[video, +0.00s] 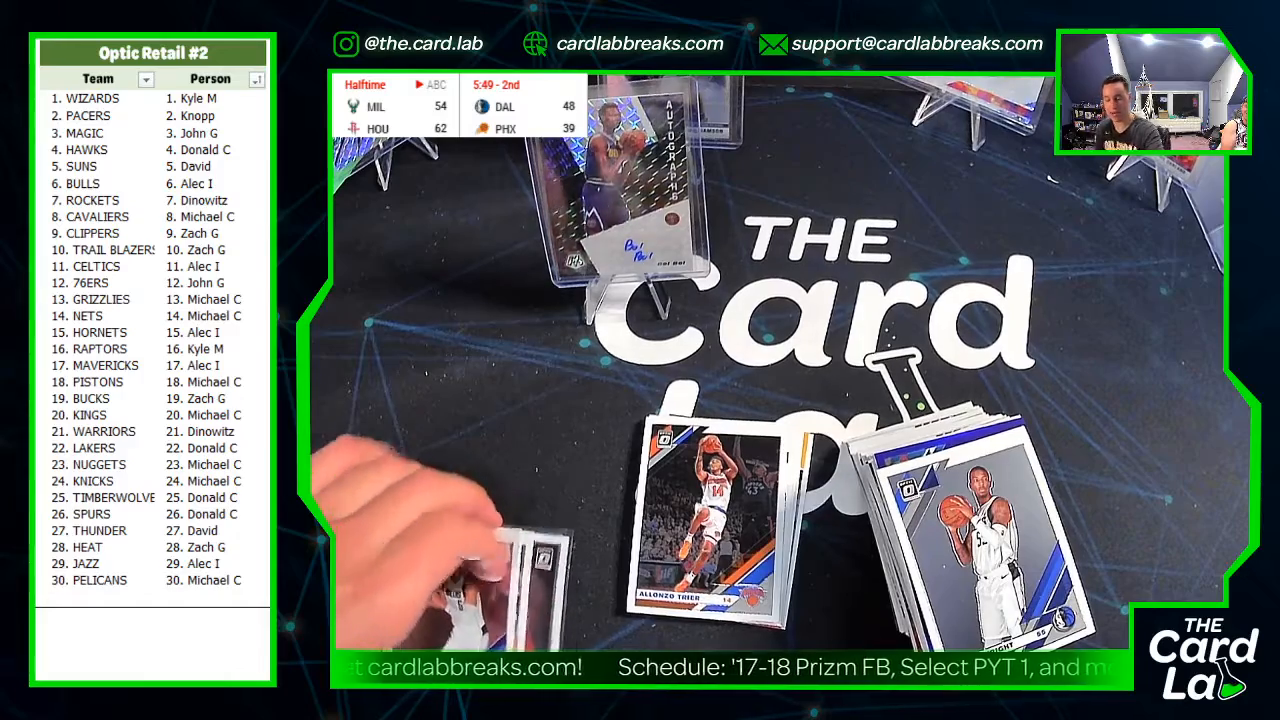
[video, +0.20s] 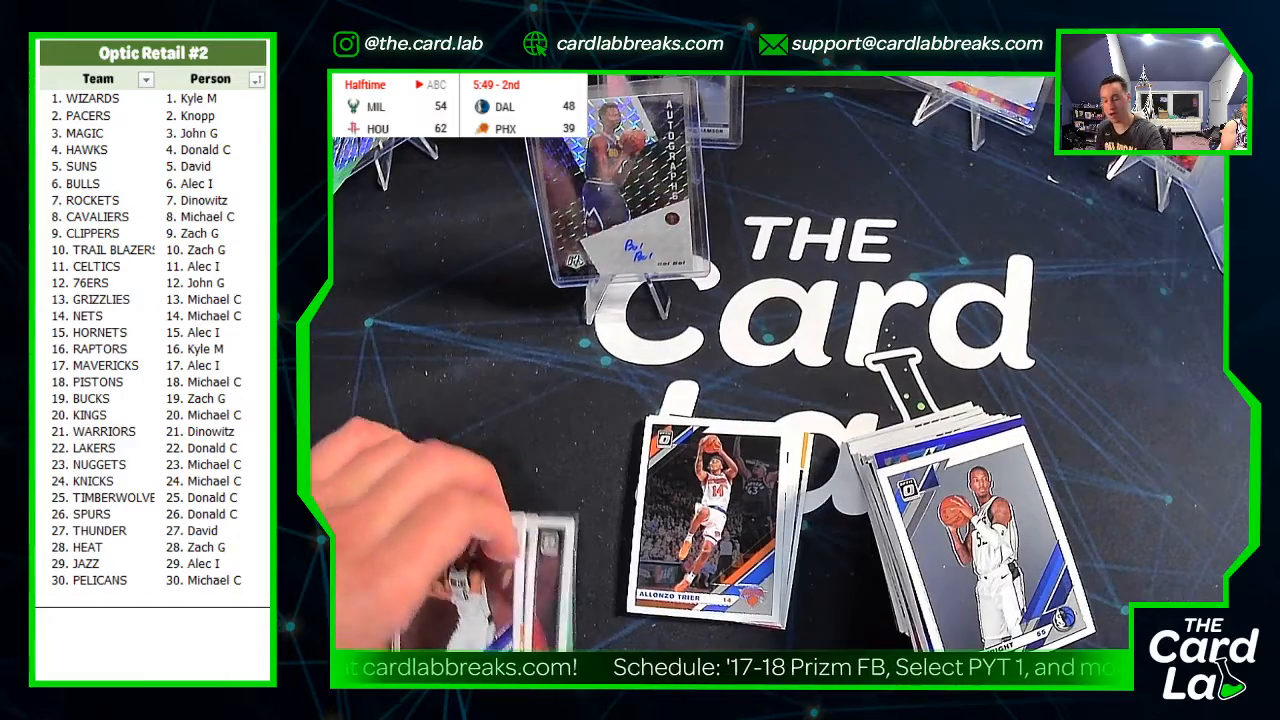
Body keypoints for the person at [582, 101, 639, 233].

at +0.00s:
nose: (615, 118)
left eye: (617, 115)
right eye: (611, 115)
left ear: (620, 118)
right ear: (602, 118)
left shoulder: (617, 142)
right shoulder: (598, 141)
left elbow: (620, 179)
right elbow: (607, 176)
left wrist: (633, 155)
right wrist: (624, 155)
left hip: (612, 189)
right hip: (596, 191)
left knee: (624, 229)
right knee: (598, 236)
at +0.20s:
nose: (616, 119)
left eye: (618, 115)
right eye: (612, 115)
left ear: (620, 118)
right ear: (602, 118)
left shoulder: (617, 142)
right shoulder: (598, 140)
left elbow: (619, 179)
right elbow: (606, 176)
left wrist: (632, 157)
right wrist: (624, 154)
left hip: (611, 189)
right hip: (597, 190)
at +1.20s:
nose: (618, 119)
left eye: (618, 115)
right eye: (613, 115)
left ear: (620, 117)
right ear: (603, 119)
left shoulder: (615, 141)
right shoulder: (598, 141)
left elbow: (620, 175)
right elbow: (607, 176)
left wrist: (631, 153)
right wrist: (624, 155)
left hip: (612, 189)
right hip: (596, 193)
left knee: (625, 227)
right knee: (600, 235)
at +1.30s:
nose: (618, 118)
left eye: (619, 115)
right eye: (614, 115)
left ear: (620, 117)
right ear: (603, 118)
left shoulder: (615, 141)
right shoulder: (598, 141)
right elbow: (606, 176)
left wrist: (631, 153)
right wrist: (624, 156)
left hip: (612, 187)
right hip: (596, 189)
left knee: (624, 226)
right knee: (600, 233)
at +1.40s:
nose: (618, 118)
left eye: (619, 115)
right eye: (614, 115)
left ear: (620, 117)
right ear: (603, 118)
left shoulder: (615, 141)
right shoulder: (599, 141)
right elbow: (605, 175)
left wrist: (630, 153)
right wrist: (624, 156)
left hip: (612, 187)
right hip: (596, 189)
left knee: (624, 226)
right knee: (599, 233)